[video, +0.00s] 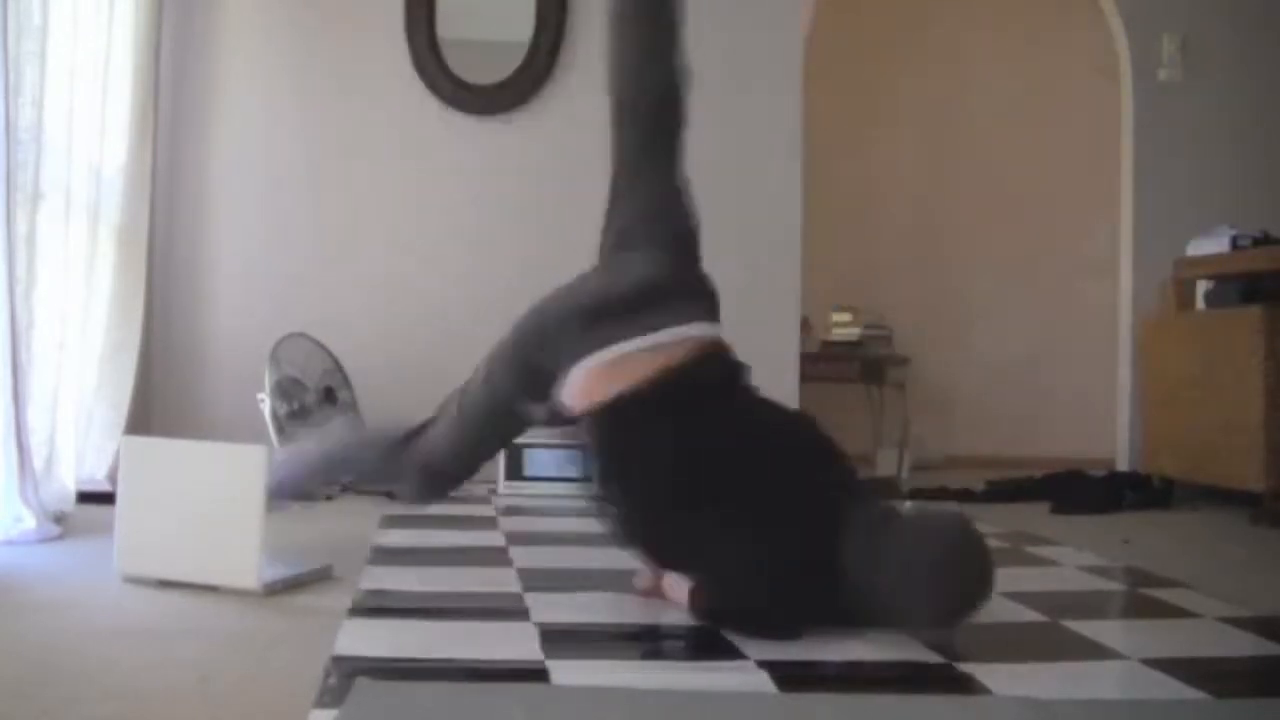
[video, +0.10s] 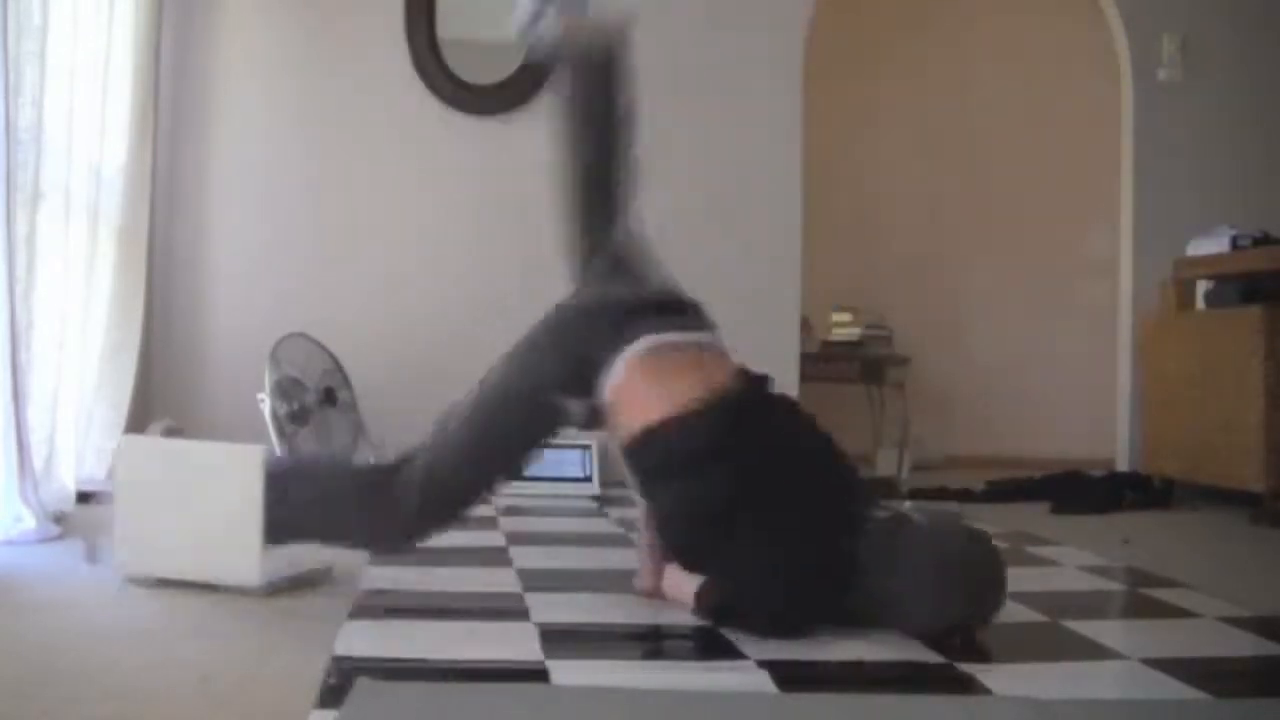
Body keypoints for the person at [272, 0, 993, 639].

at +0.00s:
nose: (941, 634)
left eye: (951, 612)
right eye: (938, 625)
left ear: (917, 532)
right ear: (908, 613)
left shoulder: (831, 471)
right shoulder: (785, 599)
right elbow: (656, 580)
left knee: (648, 119)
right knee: (429, 466)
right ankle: (312, 461)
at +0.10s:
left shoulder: (840, 494)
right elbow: (664, 577)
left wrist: (699, 582)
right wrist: (681, 572)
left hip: (662, 316)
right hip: (579, 352)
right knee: (404, 507)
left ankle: (589, 46)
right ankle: (222, 495)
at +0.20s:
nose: (967, 626)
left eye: (974, 607)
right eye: (968, 618)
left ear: (923, 526)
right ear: (932, 614)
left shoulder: (851, 506)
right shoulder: (820, 582)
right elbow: (661, 583)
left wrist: (683, 540)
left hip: (658, 361)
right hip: (609, 374)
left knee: (522, 370)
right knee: (423, 500)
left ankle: (452, 237)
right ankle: (181, 543)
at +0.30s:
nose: (939, 612)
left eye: (955, 600)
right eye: (946, 600)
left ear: (910, 536)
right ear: (912, 570)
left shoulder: (851, 508)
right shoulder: (810, 538)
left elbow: (682, 458)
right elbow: (672, 600)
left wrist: (650, 565)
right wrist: (822, 601)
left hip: (619, 380)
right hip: (594, 375)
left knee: (481, 452)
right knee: (457, 519)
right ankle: (242, 593)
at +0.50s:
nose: (893, 511)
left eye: (911, 507)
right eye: (908, 499)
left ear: (889, 462)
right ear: (896, 453)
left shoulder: (786, 403)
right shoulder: (828, 406)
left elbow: (616, 451)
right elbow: (744, 529)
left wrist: (646, 569)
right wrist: (811, 594)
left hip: (559, 425)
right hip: (560, 387)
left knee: (383, 530)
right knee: (394, 470)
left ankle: (192, 528)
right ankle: (191, 557)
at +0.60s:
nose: (860, 467)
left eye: (876, 462)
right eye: (875, 451)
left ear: (853, 424)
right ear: (861, 406)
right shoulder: (796, 369)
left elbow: (596, 463)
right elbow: (751, 491)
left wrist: (636, 562)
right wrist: (808, 590)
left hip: (535, 426)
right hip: (527, 389)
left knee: (376, 500)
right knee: (398, 500)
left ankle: (181, 483)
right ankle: (229, 580)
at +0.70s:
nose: (848, 457)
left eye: (864, 449)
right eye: (861, 437)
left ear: (846, 418)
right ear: (845, 392)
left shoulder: (753, 415)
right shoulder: (773, 363)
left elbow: (616, 475)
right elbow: (744, 489)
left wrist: (652, 538)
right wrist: (810, 589)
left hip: (526, 463)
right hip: (515, 399)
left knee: (360, 506)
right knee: (427, 509)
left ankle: (180, 471)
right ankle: (279, 632)